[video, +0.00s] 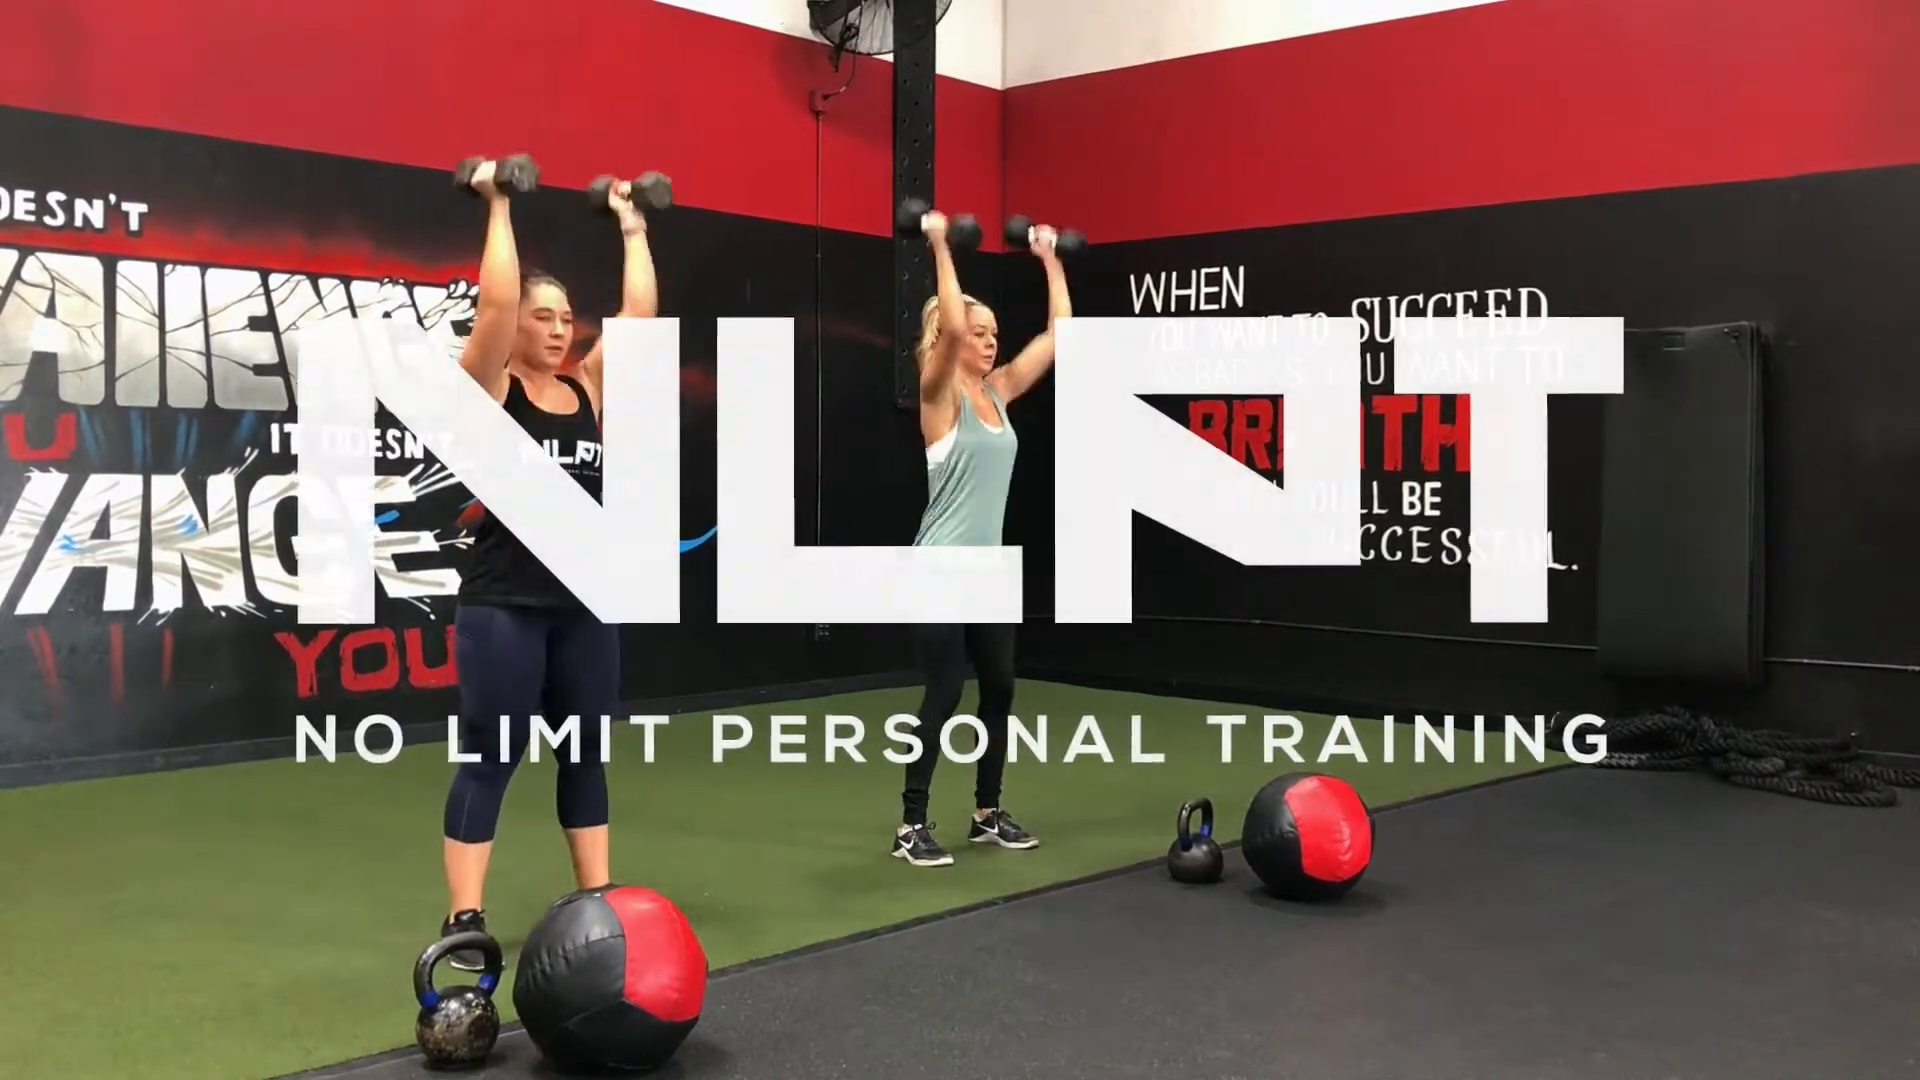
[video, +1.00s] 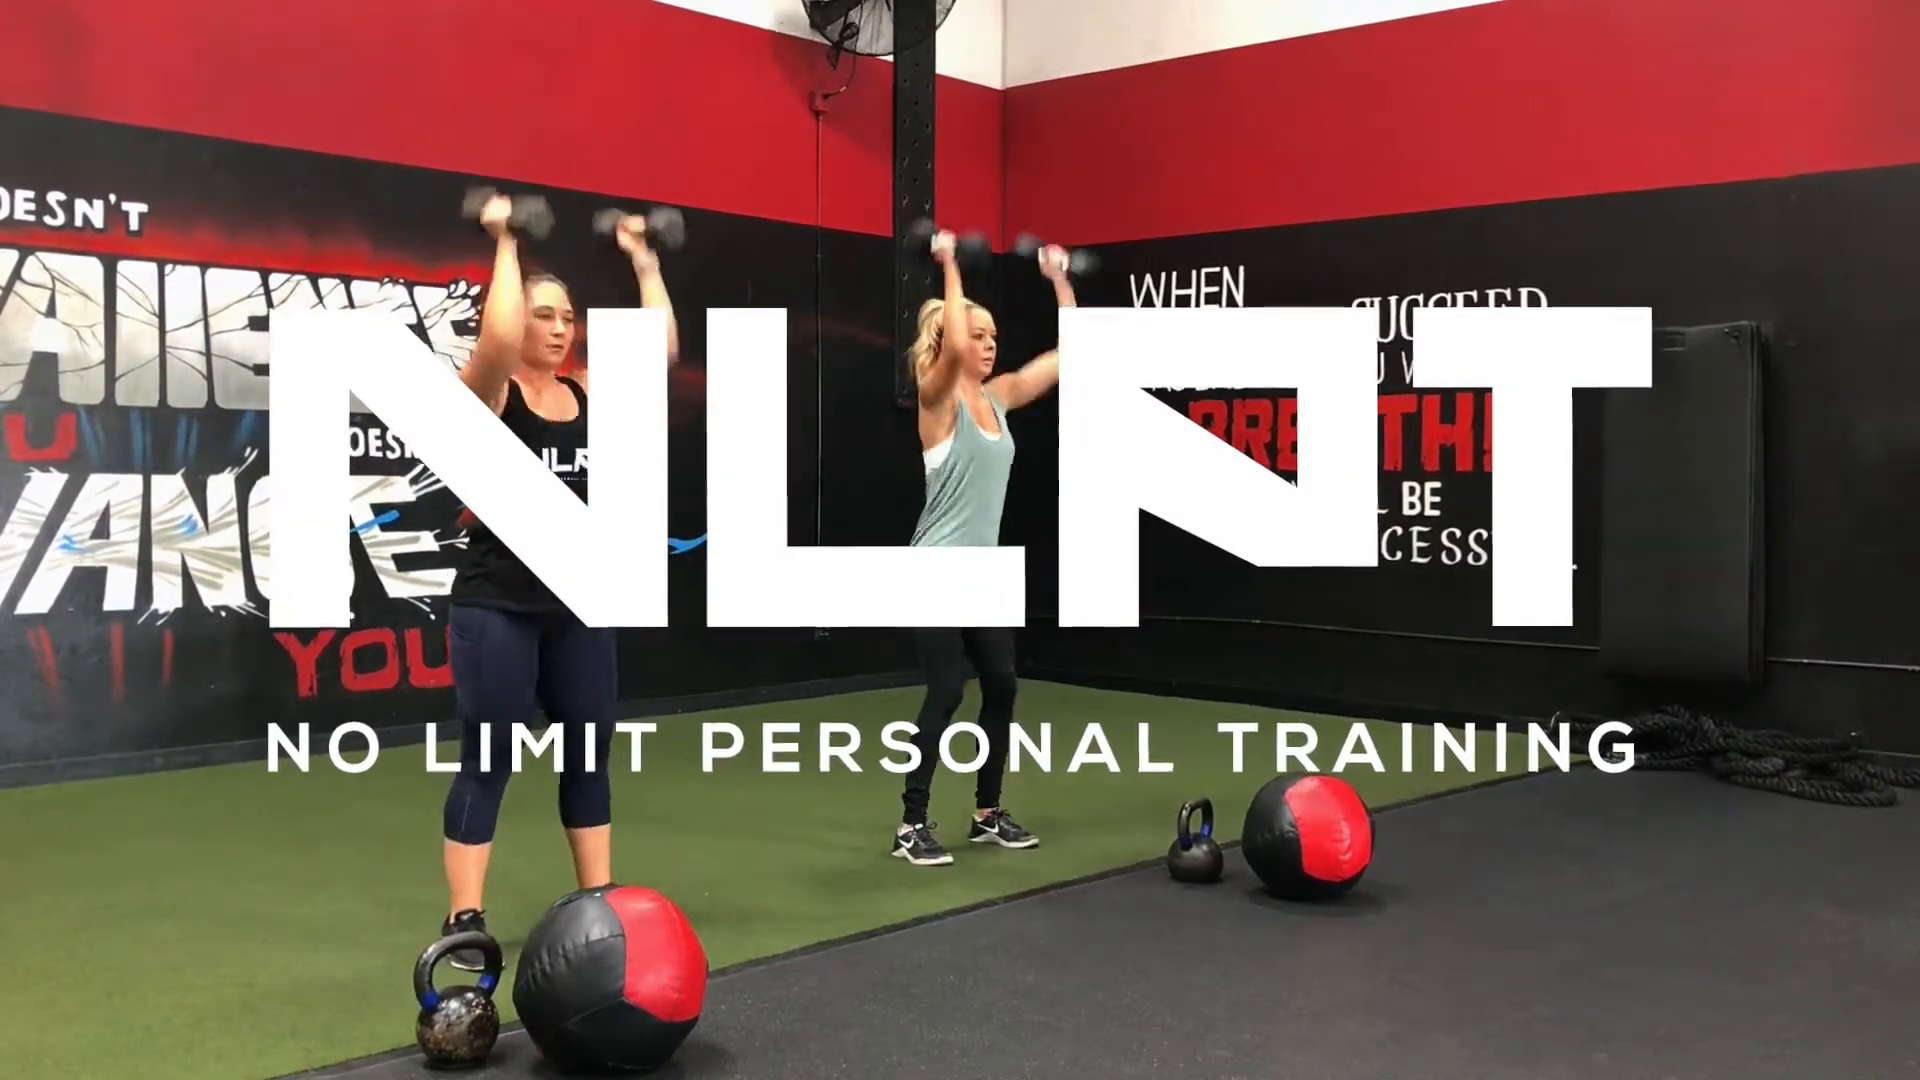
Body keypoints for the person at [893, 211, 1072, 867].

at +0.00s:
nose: (992, 344)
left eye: (993, 335)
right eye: (980, 334)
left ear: (994, 341)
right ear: (950, 339)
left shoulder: (997, 390)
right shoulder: (940, 395)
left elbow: (1059, 332)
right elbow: (949, 329)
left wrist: (1050, 260)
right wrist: (941, 246)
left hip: (992, 570)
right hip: (938, 569)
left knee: (998, 691)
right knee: (944, 689)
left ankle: (988, 814)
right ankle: (914, 825)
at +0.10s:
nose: (996, 372)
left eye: (997, 363)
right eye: (987, 363)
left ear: (991, 370)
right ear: (957, 368)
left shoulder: (998, 425)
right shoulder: (935, 423)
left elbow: (1072, 431)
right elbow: (952, 438)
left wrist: (1060, 368)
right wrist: (940, 366)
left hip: (976, 589)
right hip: (924, 590)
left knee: (1015, 695)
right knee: (957, 702)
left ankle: (989, 814)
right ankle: (915, 825)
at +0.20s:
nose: (1005, 436)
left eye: (1005, 426)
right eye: (994, 426)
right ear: (960, 434)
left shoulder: (1000, 495)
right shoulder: (936, 491)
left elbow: (1060, 548)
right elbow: (951, 562)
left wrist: (1055, 483)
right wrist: (945, 484)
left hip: (956, 635)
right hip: (904, 638)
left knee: (1032, 707)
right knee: (966, 722)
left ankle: (989, 815)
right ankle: (915, 829)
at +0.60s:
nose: (1008, 415)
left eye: (1010, 404)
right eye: (997, 405)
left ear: (1012, 412)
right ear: (966, 413)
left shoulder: (1012, 476)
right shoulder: (945, 473)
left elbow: (1063, 525)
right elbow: (945, 533)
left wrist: (1058, 465)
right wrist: (948, 453)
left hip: (969, 621)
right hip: (915, 621)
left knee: (1031, 705)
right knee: (957, 716)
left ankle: (990, 815)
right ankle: (914, 828)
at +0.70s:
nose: (1001, 362)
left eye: (1001, 353)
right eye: (991, 353)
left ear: (997, 361)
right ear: (962, 359)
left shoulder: (1006, 417)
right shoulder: (940, 415)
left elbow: (1072, 430)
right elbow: (946, 430)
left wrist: (1063, 372)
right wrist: (945, 355)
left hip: (981, 582)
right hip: (929, 583)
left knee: (1013, 688)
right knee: (951, 695)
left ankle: (989, 813)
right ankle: (914, 825)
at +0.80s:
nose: (990, 341)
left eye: (992, 332)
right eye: (978, 331)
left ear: (993, 341)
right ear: (946, 337)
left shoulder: (998, 391)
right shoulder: (940, 398)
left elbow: (1060, 330)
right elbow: (951, 321)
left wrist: (1059, 252)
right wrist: (952, 238)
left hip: (994, 570)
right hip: (943, 570)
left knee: (989, 692)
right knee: (936, 692)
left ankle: (988, 813)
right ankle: (913, 823)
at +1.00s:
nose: (990, 344)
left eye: (992, 336)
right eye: (978, 335)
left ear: (993, 344)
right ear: (949, 344)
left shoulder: (998, 395)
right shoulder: (939, 401)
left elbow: (1069, 356)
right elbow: (956, 345)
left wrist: (1062, 285)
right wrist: (950, 267)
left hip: (990, 571)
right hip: (936, 570)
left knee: (1001, 686)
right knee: (946, 688)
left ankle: (989, 813)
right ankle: (914, 823)